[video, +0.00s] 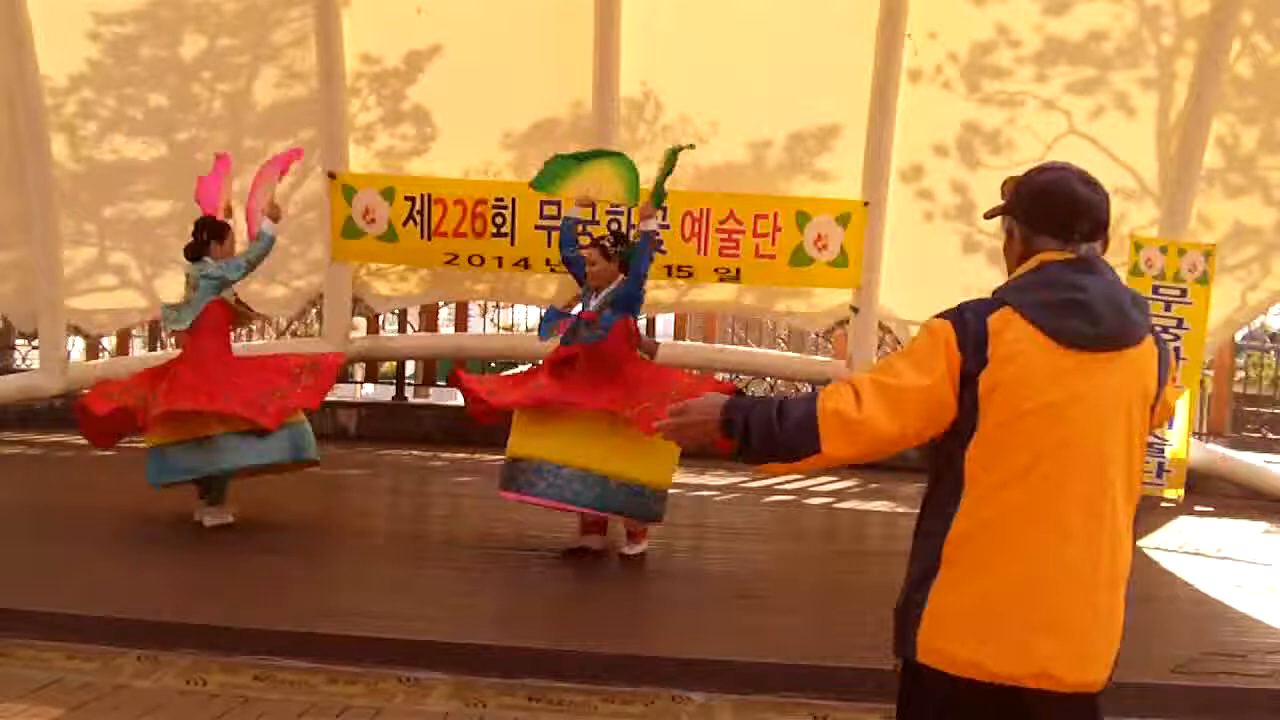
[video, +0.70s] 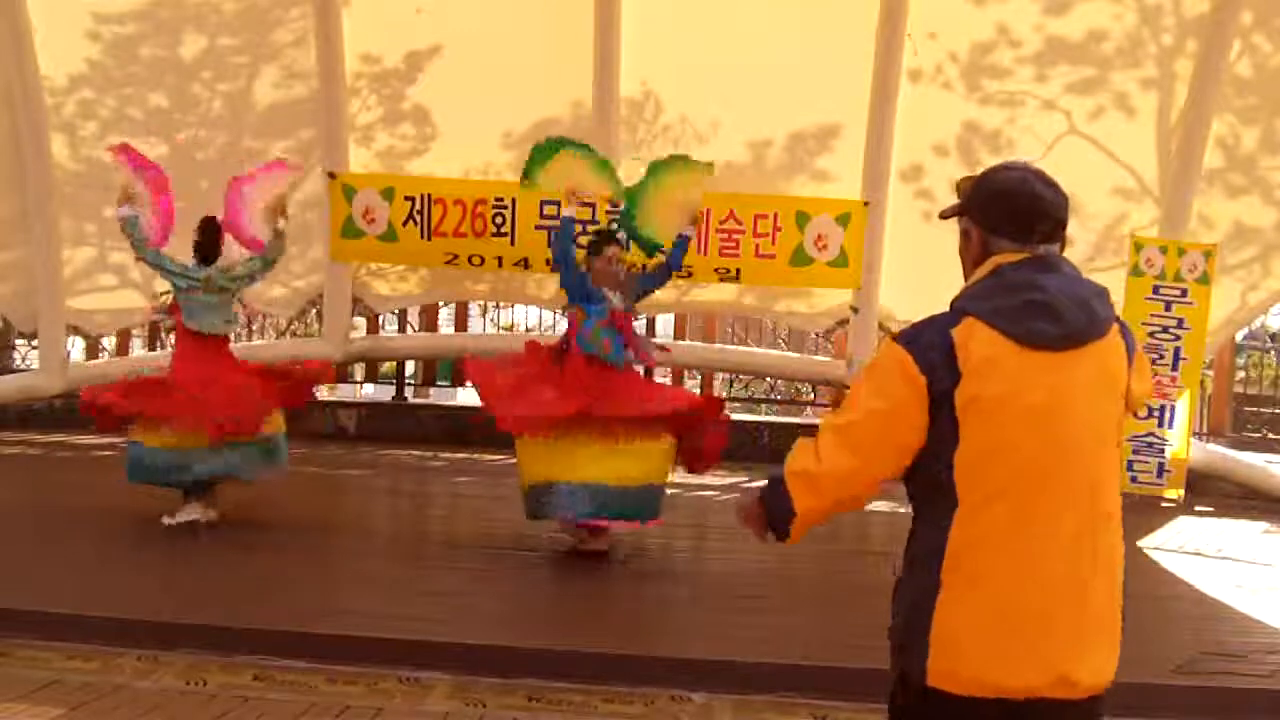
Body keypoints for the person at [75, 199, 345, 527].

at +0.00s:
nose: (233, 249)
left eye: (231, 242)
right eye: (229, 243)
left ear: (206, 245)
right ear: (216, 245)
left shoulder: (198, 274)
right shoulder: (213, 275)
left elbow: (227, 259)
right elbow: (249, 261)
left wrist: (223, 219)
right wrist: (272, 226)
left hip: (195, 361)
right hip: (211, 363)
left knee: (204, 429)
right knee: (217, 430)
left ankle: (207, 501)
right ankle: (215, 505)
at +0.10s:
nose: (231, 247)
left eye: (230, 241)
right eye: (228, 242)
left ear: (205, 242)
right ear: (215, 244)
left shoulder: (202, 274)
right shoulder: (214, 278)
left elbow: (238, 253)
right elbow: (247, 317)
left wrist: (249, 223)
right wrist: (238, 308)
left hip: (198, 361)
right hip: (209, 362)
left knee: (205, 427)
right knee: (217, 429)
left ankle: (207, 501)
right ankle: (214, 505)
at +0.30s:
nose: (211, 247)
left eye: (217, 242)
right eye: (206, 242)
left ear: (227, 245)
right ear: (197, 244)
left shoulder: (236, 276)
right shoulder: (186, 275)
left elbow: (271, 262)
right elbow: (149, 256)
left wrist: (293, 231)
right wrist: (132, 217)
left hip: (225, 359)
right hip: (191, 358)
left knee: (218, 430)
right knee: (193, 429)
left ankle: (211, 502)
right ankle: (196, 504)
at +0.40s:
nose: (196, 247)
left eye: (203, 241)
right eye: (195, 241)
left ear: (221, 244)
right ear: (196, 246)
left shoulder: (229, 278)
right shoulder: (190, 276)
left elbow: (246, 254)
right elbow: (153, 257)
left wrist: (248, 216)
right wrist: (132, 220)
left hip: (218, 358)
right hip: (189, 358)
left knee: (216, 427)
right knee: (192, 427)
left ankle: (216, 501)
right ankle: (197, 502)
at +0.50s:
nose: (204, 233)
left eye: (209, 228)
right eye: (204, 228)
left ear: (219, 235)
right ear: (213, 235)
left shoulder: (214, 273)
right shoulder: (209, 274)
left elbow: (194, 244)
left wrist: (180, 215)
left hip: (207, 364)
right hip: (209, 362)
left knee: (198, 433)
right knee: (200, 432)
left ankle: (198, 506)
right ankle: (197, 503)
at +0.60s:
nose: (191, 240)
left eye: (196, 235)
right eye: (194, 234)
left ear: (205, 240)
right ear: (221, 242)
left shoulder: (205, 276)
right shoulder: (217, 274)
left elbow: (157, 255)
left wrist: (132, 217)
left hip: (200, 362)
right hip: (211, 359)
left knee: (187, 429)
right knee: (194, 428)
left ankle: (195, 505)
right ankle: (195, 503)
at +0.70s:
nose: (203, 244)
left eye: (199, 238)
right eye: (213, 240)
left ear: (193, 244)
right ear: (221, 246)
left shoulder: (182, 277)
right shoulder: (231, 278)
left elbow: (144, 252)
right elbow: (270, 257)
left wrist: (125, 211)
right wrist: (278, 223)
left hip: (188, 362)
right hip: (221, 361)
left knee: (186, 428)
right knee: (213, 428)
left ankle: (192, 501)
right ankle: (208, 501)